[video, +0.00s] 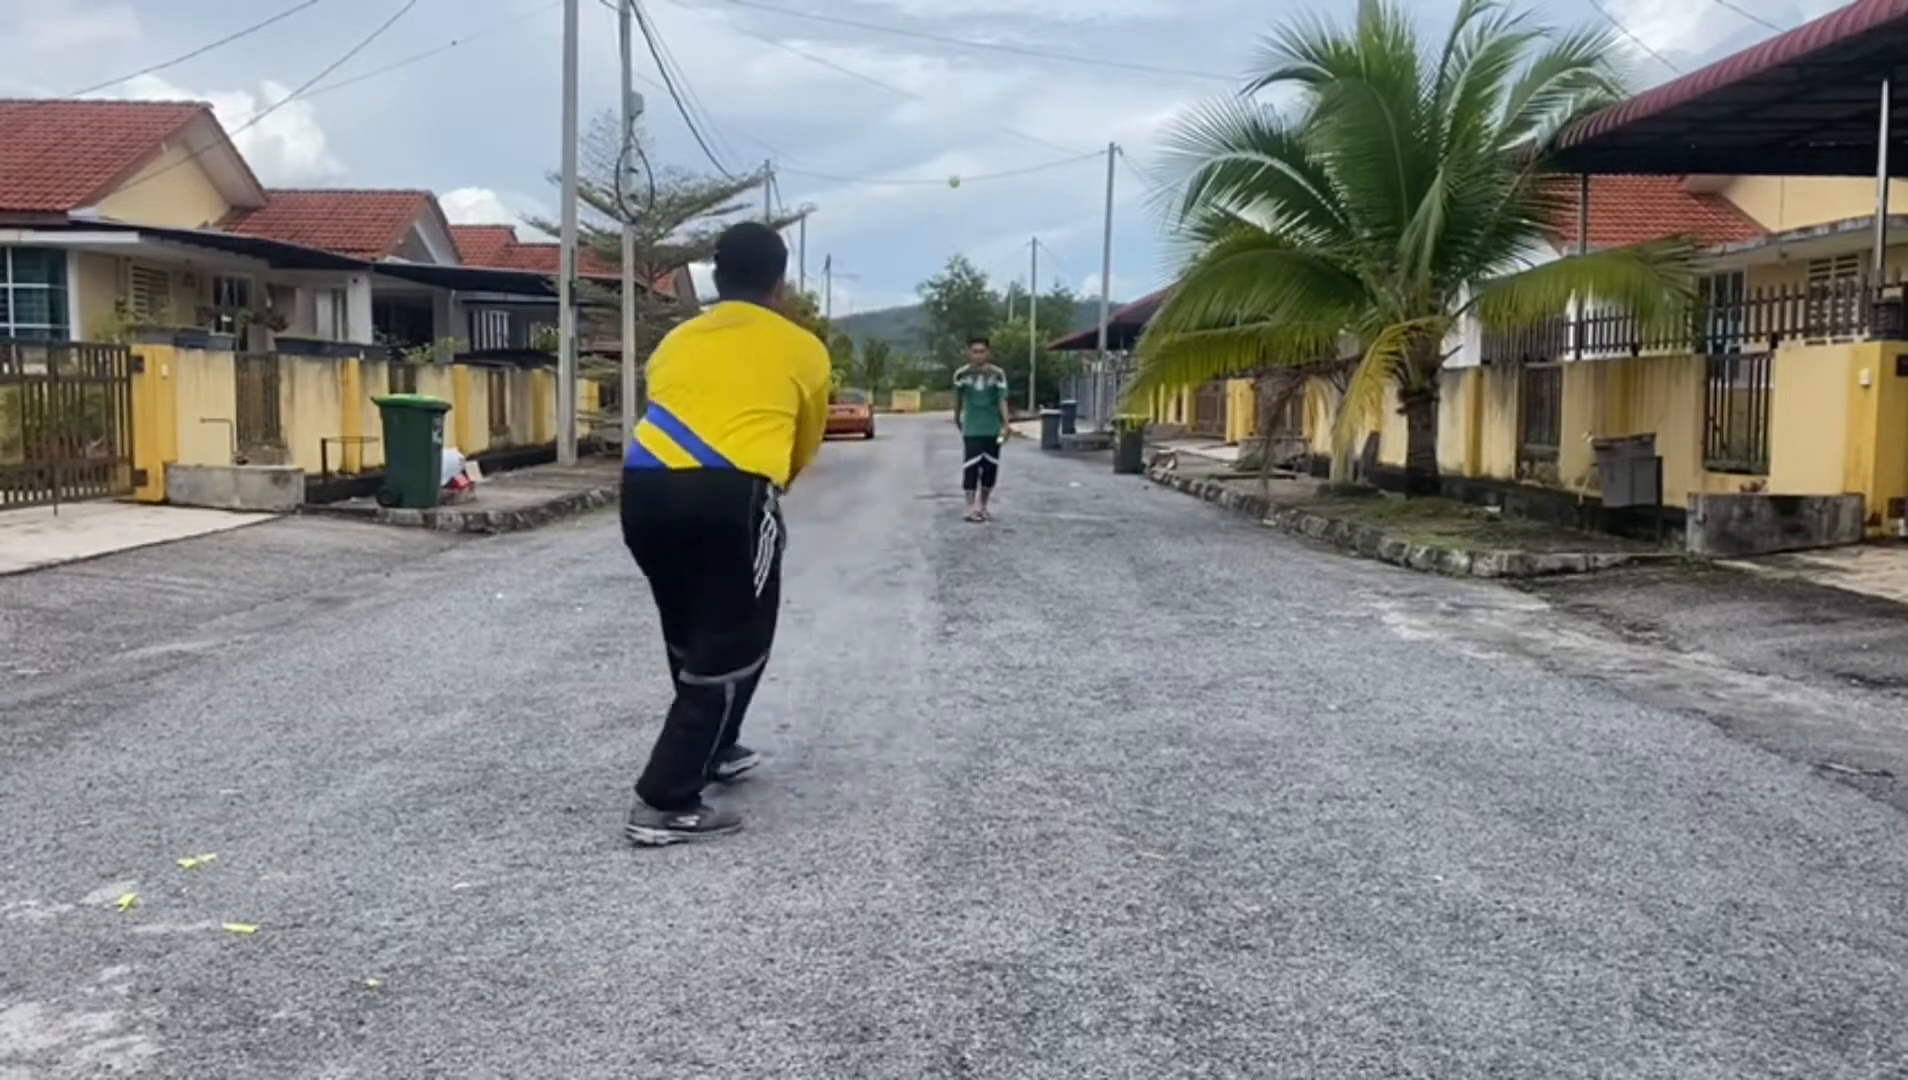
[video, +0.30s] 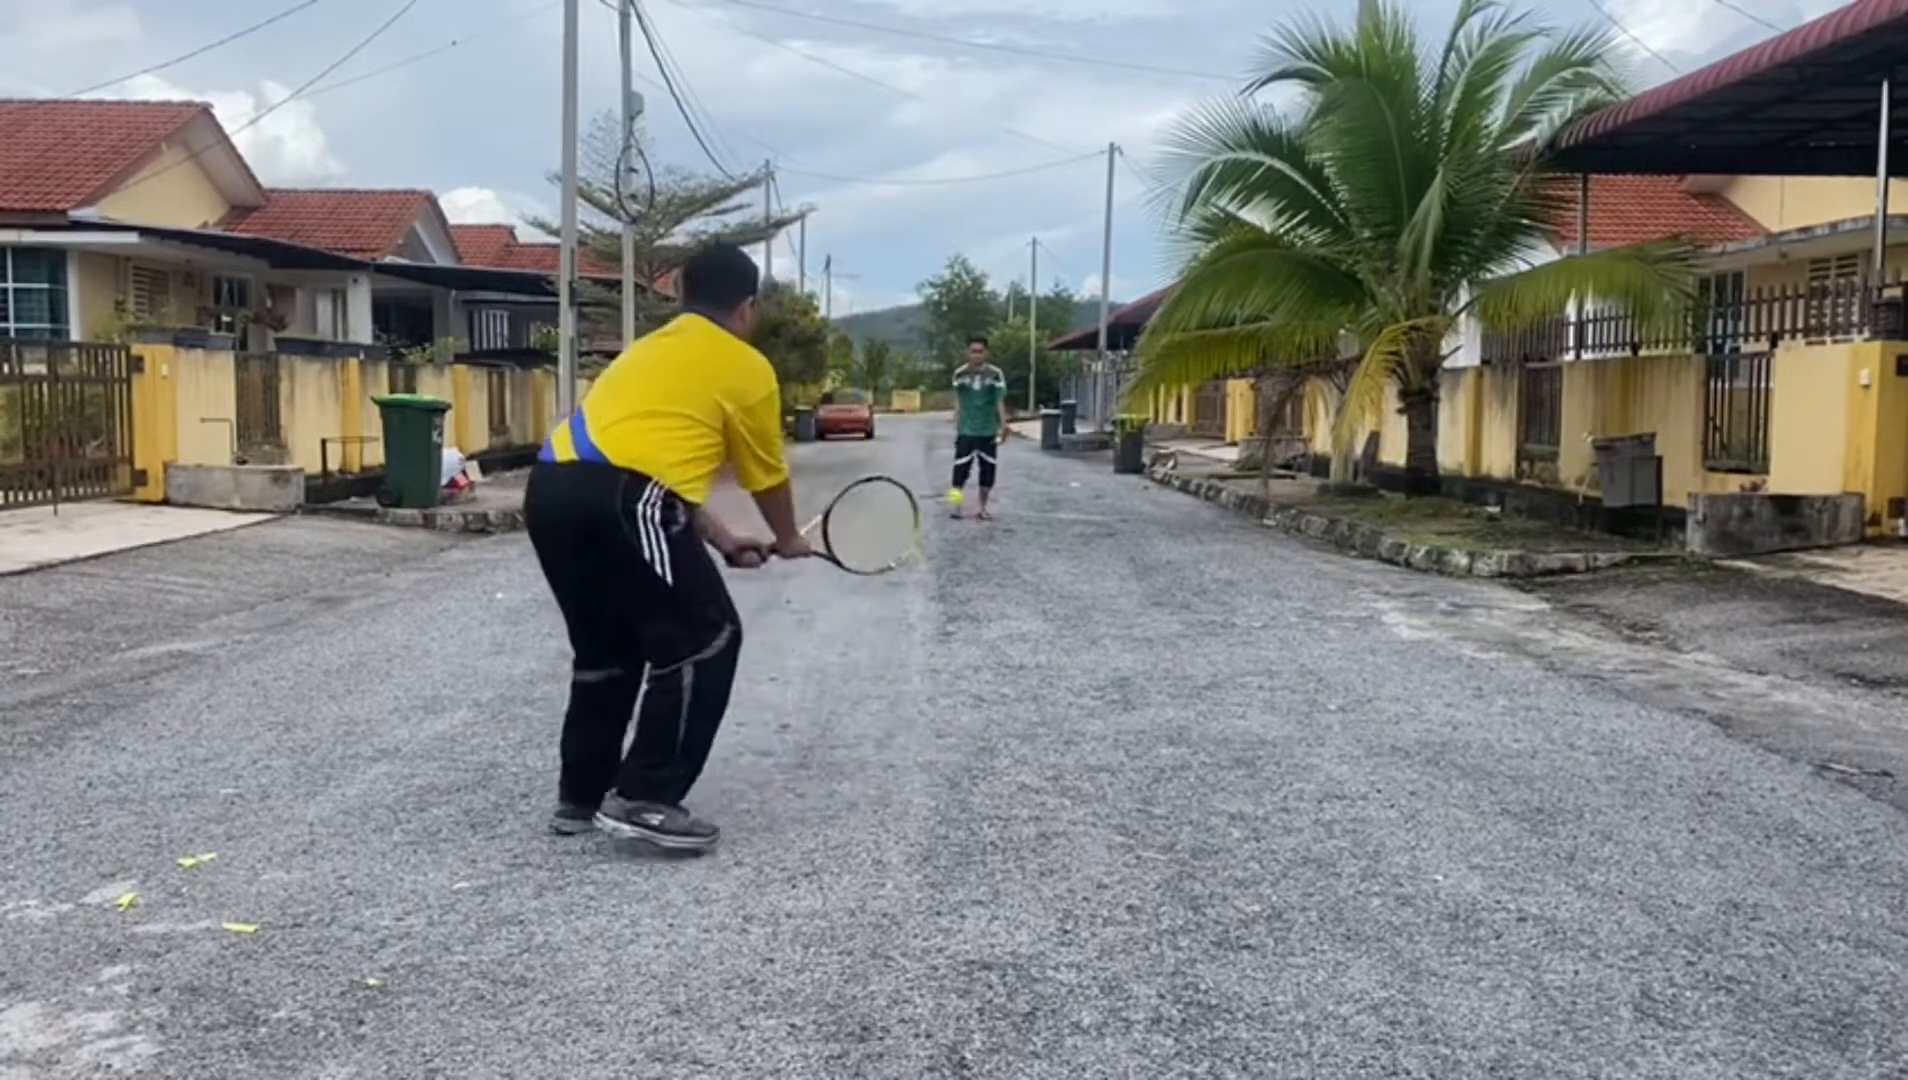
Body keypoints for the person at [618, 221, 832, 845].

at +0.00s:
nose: (789, 289)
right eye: (787, 280)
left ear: (718, 279)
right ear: (779, 283)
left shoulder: (679, 336)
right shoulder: (803, 348)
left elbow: (661, 407)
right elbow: (804, 449)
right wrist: (762, 482)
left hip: (647, 494)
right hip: (729, 499)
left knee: (691, 630)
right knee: (728, 651)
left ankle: (712, 749)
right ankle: (665, 802)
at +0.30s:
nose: (755, 317)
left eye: (755, 307)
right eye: (755, 306)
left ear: (688, 300)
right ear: (745, 307)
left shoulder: (651, 348)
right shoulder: (746, 369)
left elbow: (654, 462)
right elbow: (769, 475)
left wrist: (723, 537)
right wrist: (789, 538)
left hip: (551, 491)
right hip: (631, 497)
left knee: (607, 650)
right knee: (706, 638)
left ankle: (579, 799)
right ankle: (648, 796)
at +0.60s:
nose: (743, 314)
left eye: (743, 302)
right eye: (742, 301)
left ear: (673, 295)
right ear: (729, 300)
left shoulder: (661, 345)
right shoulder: (700, 355)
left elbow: (718, 477)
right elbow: (740, 475)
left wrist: (792, 536)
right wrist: (828, 516)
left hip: (548, 504)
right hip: (577, 518)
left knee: (603, 664)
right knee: (628, 675)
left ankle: (595, 793)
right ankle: (571, 863)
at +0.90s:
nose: (771, 265)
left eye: (769, 254)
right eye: (764, 253)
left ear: (708, 254)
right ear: (739, 257)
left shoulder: (748, 321)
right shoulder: (659, 311)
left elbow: (784, 394)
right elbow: (687, 398)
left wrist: (807, 367)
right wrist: (748, 315)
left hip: (654, 515)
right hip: (582, 507)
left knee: (692, 640)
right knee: (609, 671)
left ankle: (654, 793)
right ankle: (571, 860)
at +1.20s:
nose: (804, 265)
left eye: (802, 252)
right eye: (801, 252)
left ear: (751, 255)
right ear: (779, 257)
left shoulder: (779, 319)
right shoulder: (691, 312)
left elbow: (848, 354)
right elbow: (638, 413)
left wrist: (919, 369)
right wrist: (734, 402)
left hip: (714, 516)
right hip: (658, 512)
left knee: (746, 650)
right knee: (743, 647)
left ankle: (683, 795)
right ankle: (638, 802)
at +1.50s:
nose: (886, 252)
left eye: (884, 238)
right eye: (886, 239)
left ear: (805, 228)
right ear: (875, 242)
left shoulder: (739, 266)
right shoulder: (858, 333)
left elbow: (634, 252)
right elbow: (856, 456)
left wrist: (555, 236)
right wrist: (913, 484)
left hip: (675, 496)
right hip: (749, 526)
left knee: (735, 617)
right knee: (785, 687)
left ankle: (715, 730)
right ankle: (747, 875)